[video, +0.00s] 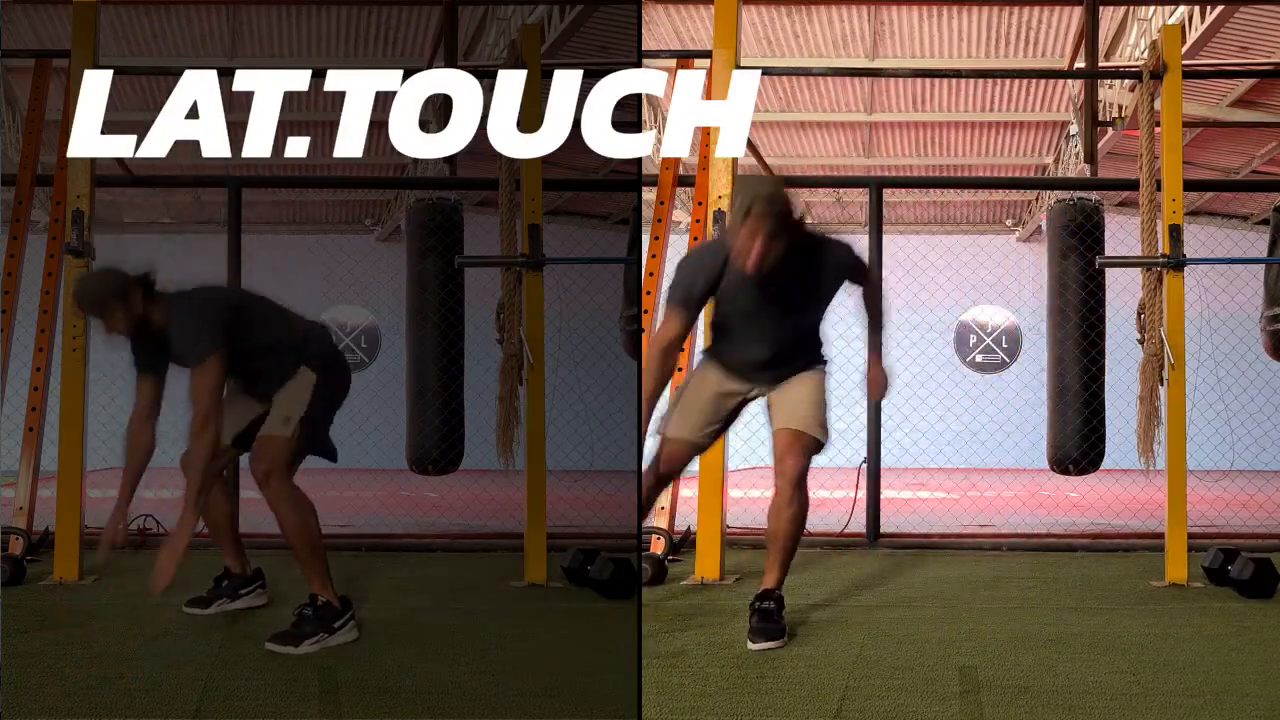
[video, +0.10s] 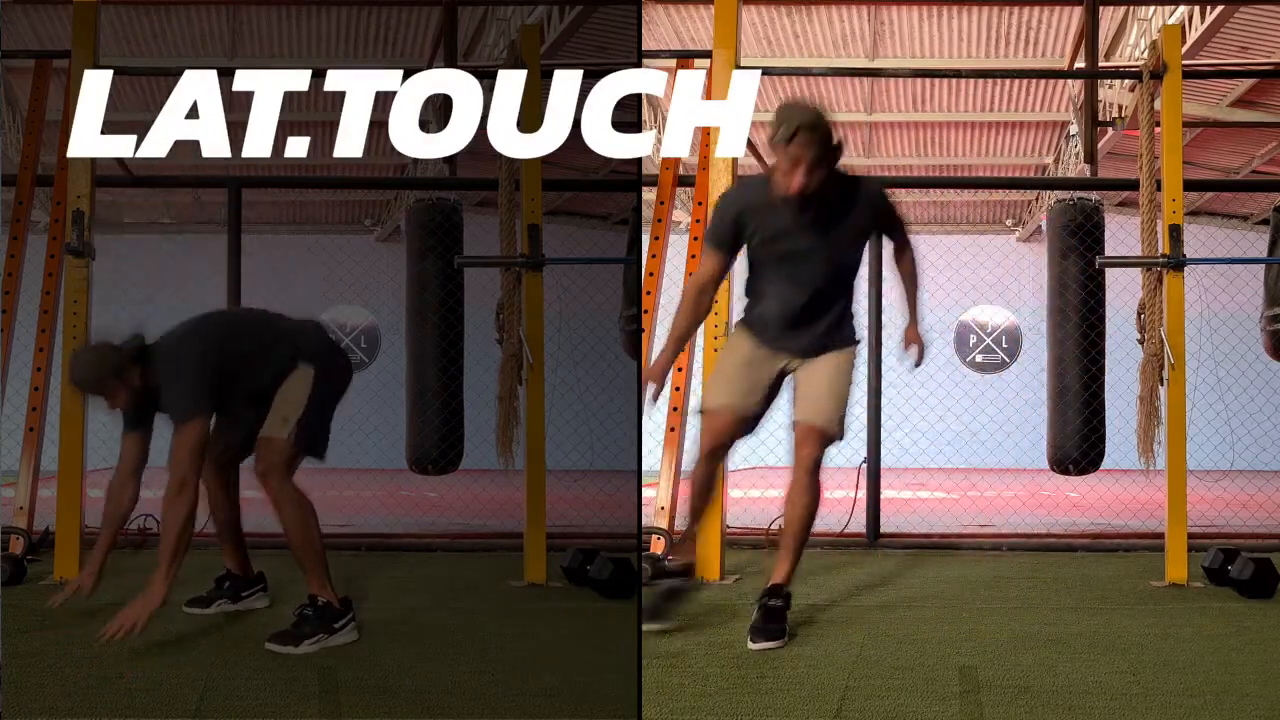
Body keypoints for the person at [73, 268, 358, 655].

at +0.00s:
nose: (108, 328)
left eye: (107, 316)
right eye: (102, 320)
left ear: (132, 298)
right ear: (130, 302)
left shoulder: (197, 317)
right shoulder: (150, 334)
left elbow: (205, 427)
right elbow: (143, 421)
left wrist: (184, 531)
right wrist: (122, 504)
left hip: (313, 364)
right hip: (260, 376)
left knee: (270, 468)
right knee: (199, 464)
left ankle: (329, 604)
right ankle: (240, 576)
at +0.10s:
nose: (110, 405)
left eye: (109, 395)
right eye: (103, 398)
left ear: (128, 376)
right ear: (123, 378)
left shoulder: (185, 371)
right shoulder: (139, 382)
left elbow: (182, 486)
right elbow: (125, 480)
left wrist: (158, 586)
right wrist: (93, 567)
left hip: (312, 360)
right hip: (260, 372)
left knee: (272, 468)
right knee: (216, 463)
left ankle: (328, 603)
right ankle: (242, 578)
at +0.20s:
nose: (123, 460)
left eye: (120, 452)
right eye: (117, 455)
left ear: (131, 433)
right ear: (123, 433)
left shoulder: (175, 416)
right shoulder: (132, 415)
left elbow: (174, 530)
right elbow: (122, 517)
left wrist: (157, 634)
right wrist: (93, 603)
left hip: (304, 326)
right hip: (259, 337)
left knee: (312, 455)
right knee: (251, 456)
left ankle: (346, 591)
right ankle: (269, 567)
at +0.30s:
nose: (110, 493)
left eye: (106, 485)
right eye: (101, 491)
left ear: (117, 461)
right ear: (103, 455)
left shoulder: (162, 438)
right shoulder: (117, 430)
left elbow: (184, 551)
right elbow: (121, 529)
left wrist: (169, 648)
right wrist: (98, 612)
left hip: (283, 344)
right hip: (241, 369)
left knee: (329, 473)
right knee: (273, 472)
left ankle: (430, 549)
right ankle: (350, 527)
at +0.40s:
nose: (74, 493)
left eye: (68, 484)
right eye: (64, 488)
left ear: (79, 459)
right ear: (70, 461)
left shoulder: (141, 439)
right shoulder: (93, 444)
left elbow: (173, 547)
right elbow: (113, 529)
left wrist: (169, 647)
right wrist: (98, 610)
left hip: (266, 393)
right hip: (242, 423)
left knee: (351, 487)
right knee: (304, 492)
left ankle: (483, 532)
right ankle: (393, 522)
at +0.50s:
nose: (54, 478)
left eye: (51, 468)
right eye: (46, 472)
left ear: (71, 439)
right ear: (65, 440)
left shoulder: (140, 438)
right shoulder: (99, 441)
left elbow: (171, 546)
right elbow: (113, 527)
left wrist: (169, 647)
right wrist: (98, 610)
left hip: (263, 449)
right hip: (235, 464)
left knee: (367, 523)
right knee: (318, 519)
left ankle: (488, 551)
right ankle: (404, 541)